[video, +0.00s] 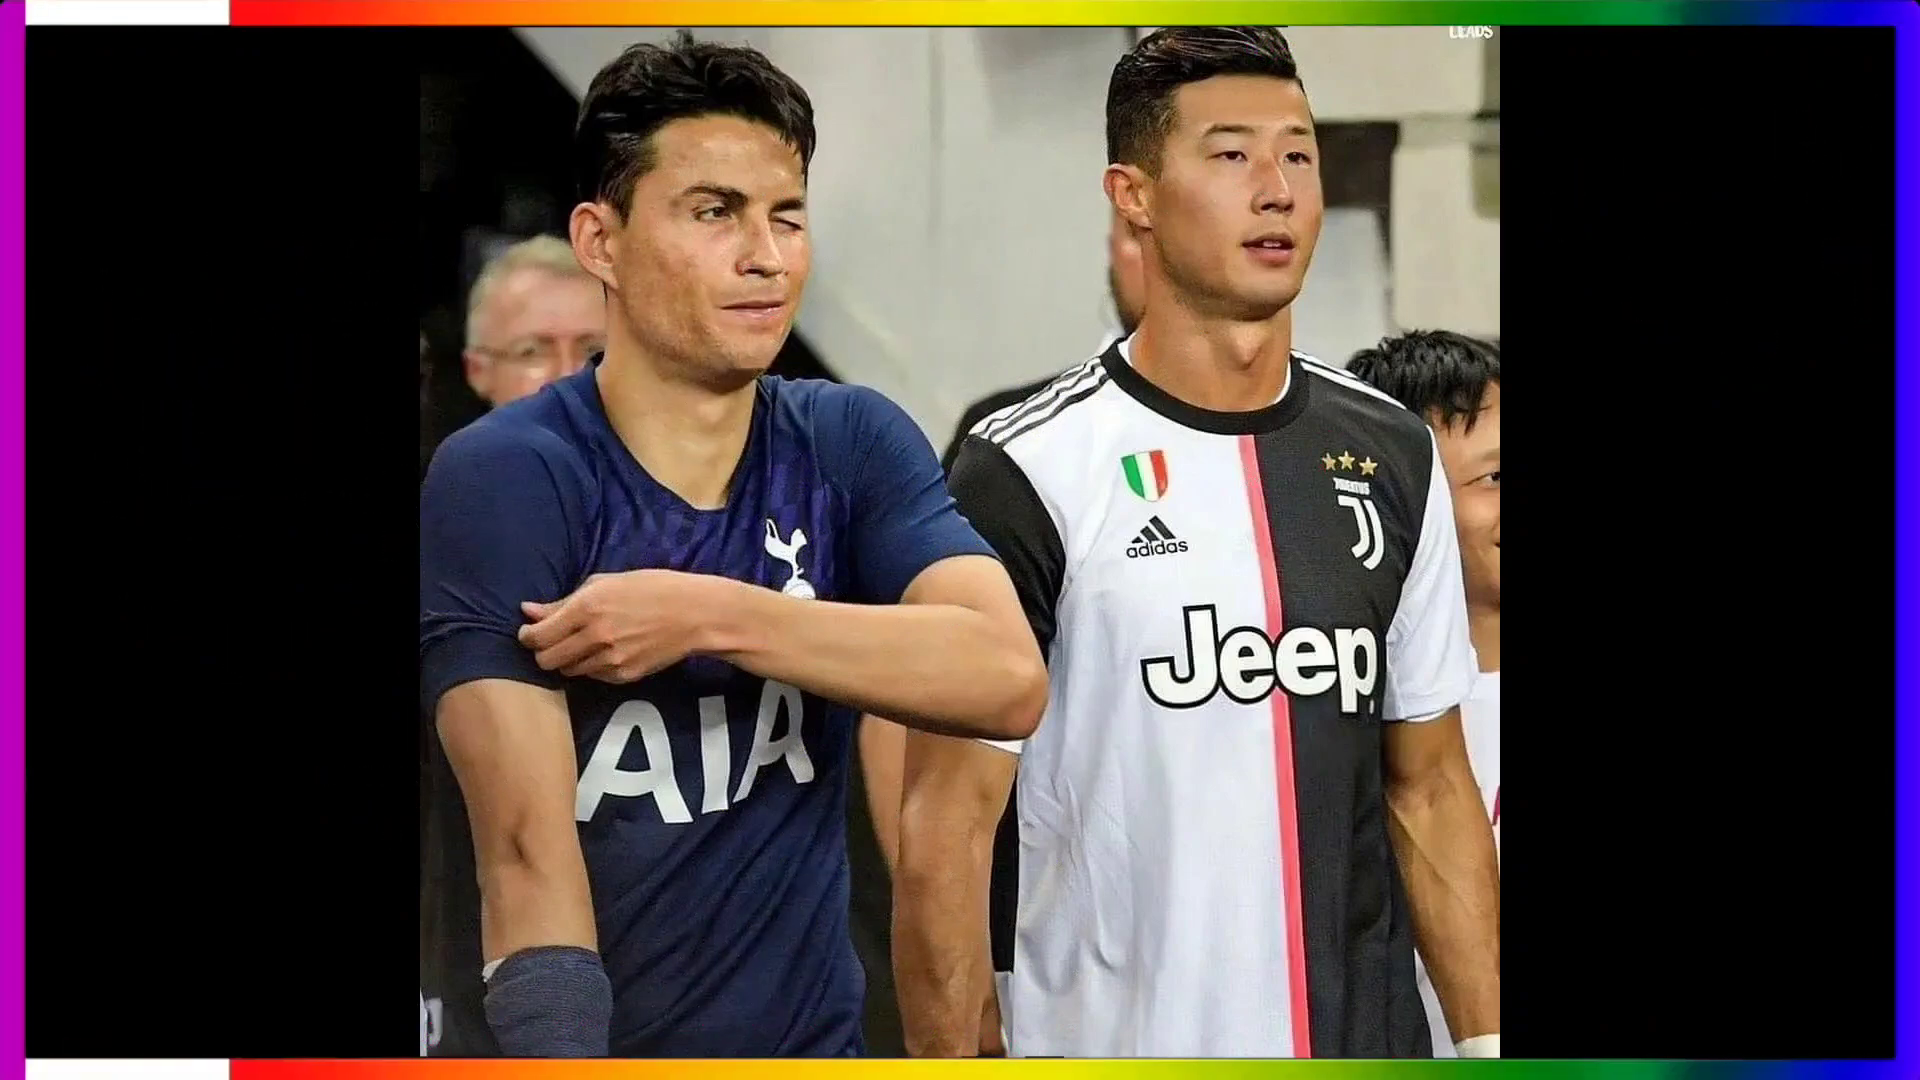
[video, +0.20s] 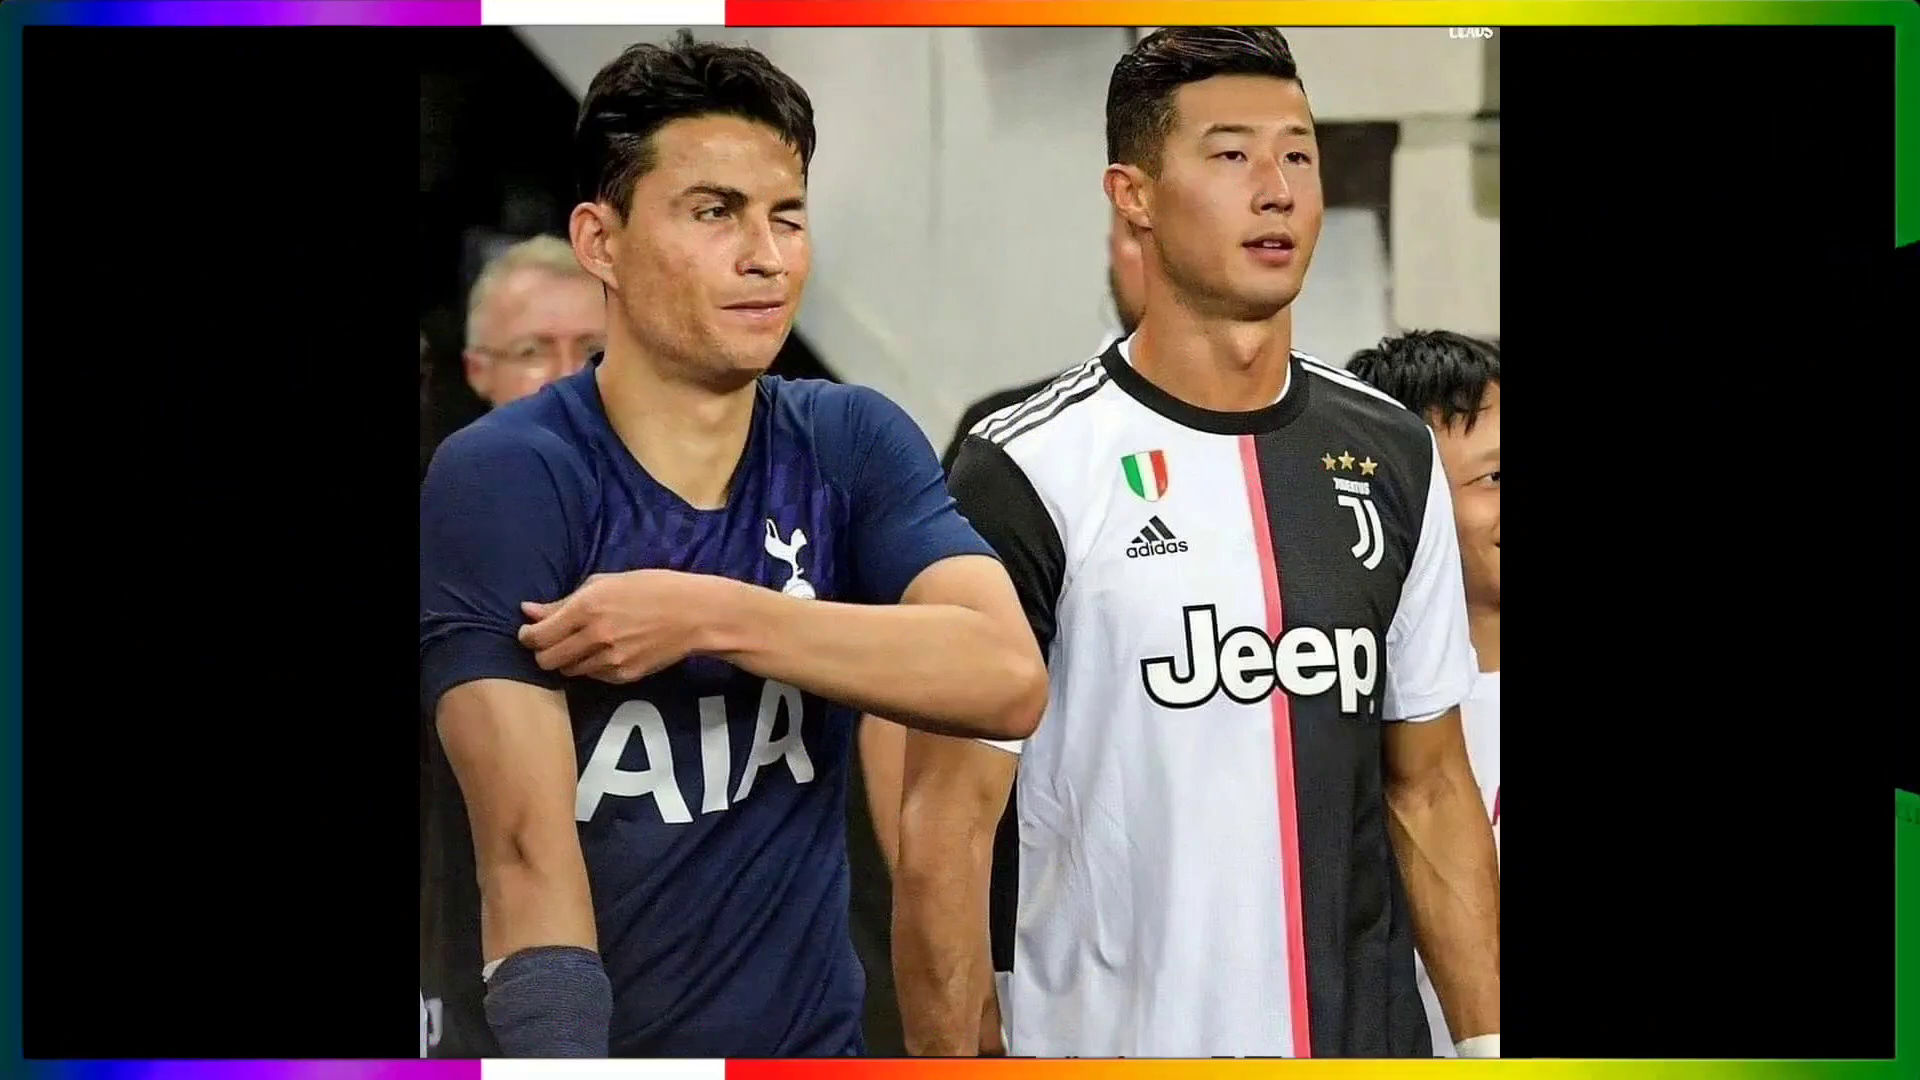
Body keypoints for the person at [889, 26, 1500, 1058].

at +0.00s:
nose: (1279, 193)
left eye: (1297, 159)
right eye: (1230, 157)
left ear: (1319, 186)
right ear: (1134, 198)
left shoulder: (1392, 451)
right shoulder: (1022, 462)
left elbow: (1430, 784)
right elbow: (949, 816)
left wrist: (1484, 1045)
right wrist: (953, 1067)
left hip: (1358, 1046)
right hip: (1108, 1045)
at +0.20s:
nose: (1279, 193)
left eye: (1297, 159)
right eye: (1230, 156)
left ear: (1319, 187)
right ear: (1134, 198)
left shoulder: (1392, 451)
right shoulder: (1022, 462)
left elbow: (1431, 785)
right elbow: (948, 816)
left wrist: (1482, 1047)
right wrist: (953, 1065)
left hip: (1358, 1045)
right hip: (1108, 1045)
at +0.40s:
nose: (1279, 193)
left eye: (1297, 159)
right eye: (1230, 156)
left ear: (1319, 187)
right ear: (1134, 198)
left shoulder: (1392, 450)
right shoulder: (1022, 462)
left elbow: (1431, 785)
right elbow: (948, 817)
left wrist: (1481, 1045)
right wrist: (954, 1068)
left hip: (1360, 1045)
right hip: (1110, 1048)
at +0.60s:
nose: (1279, 193)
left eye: (1297, 159)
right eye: (1230, 157)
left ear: (1319, 187)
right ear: (1134, 198)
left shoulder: (1392, 450)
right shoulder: (1022, 462)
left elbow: (1431, 785)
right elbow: (948, 817)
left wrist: (1484, 1046)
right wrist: (951, 1063)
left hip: (1361, 1045)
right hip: (1108, 1046)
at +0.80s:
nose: (1279, 193)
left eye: (1297, 158)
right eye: (1230, 156)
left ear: (1319, 186)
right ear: (1134, 197)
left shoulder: (1392, 451)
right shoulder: (1022, 462)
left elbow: (1431, 785)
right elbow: (948, 817)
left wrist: (1482, 1046)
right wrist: (952, 1068)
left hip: (1360, 1043)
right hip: (1109, 1044)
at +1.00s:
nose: (1280, 193)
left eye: (1298, 158)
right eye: (1230, 156)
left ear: (1320, 186)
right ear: (1133, 199)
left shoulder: (1392, 453)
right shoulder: (1021, 461)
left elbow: (1430, 785)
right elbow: (946, 818)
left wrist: (1484, 1045)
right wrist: (946, 1062)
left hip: (1359, 1045)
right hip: (1107, 1045)